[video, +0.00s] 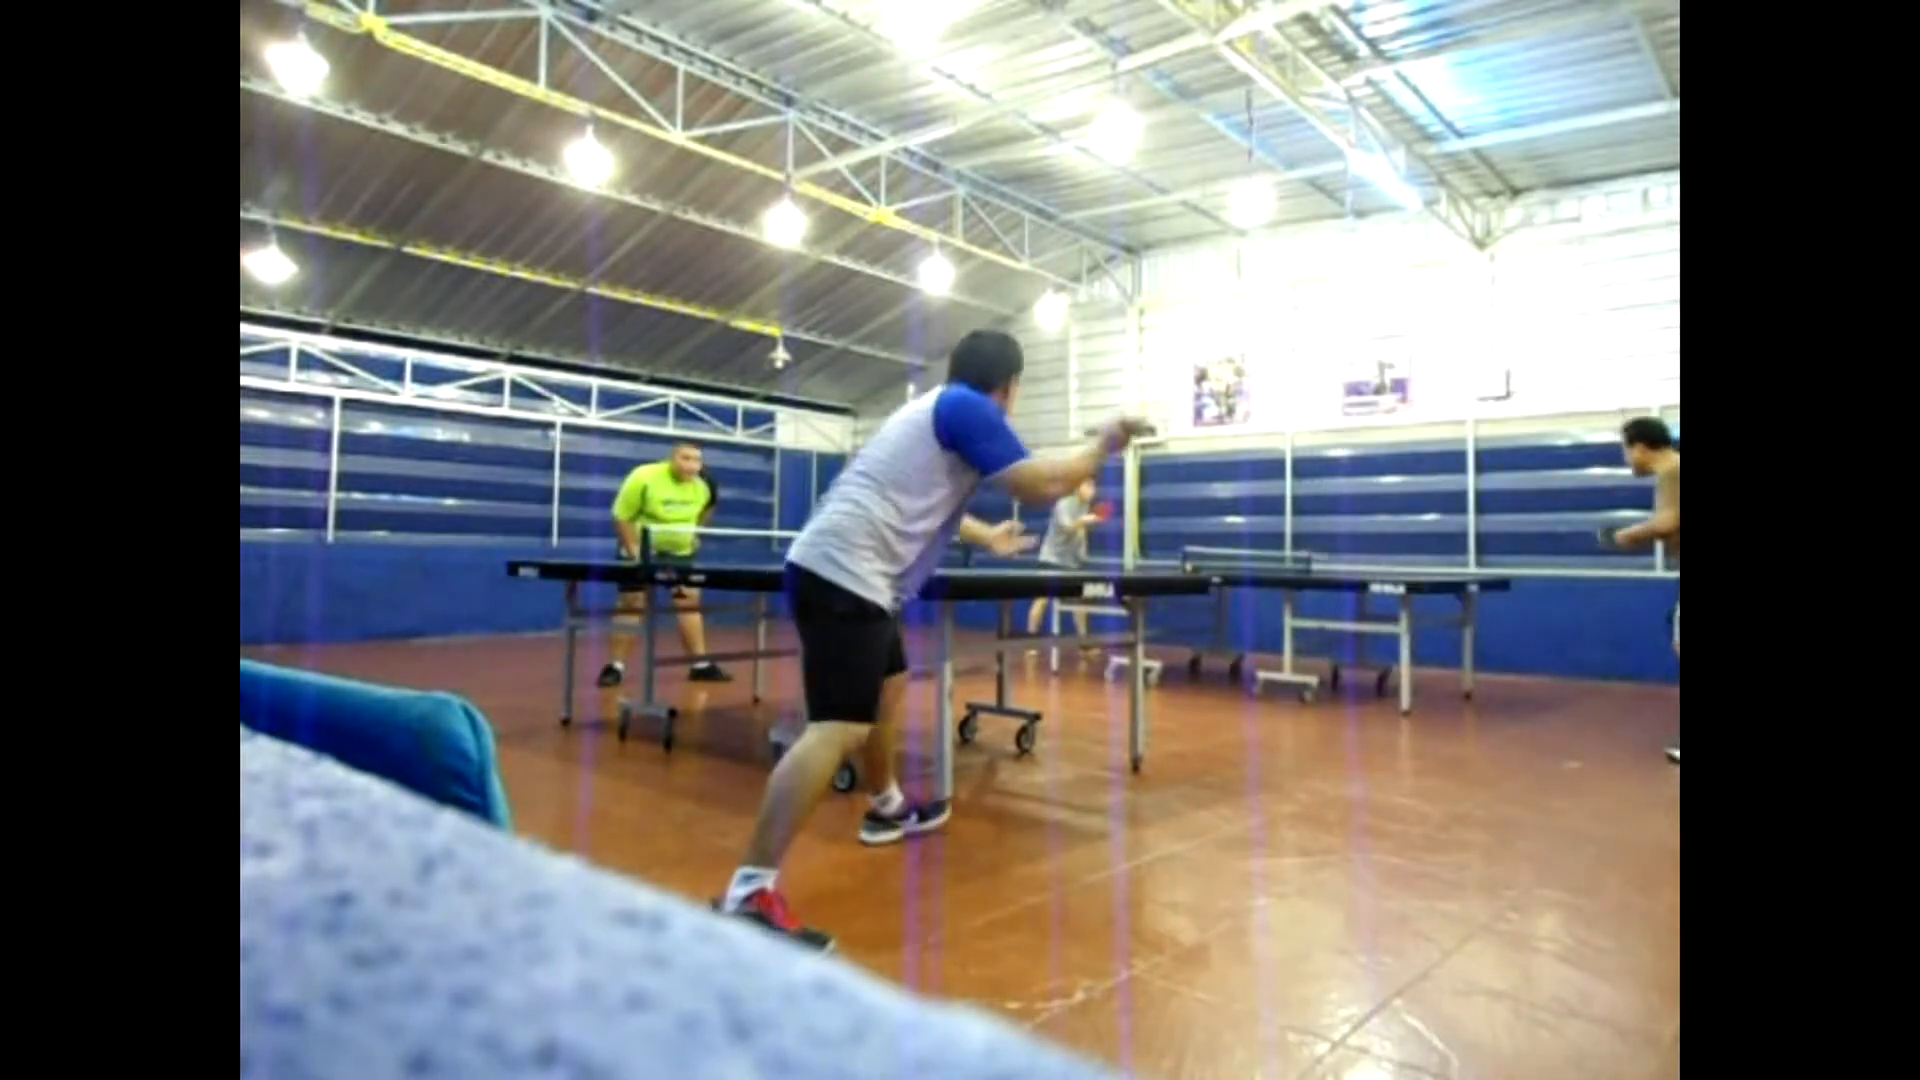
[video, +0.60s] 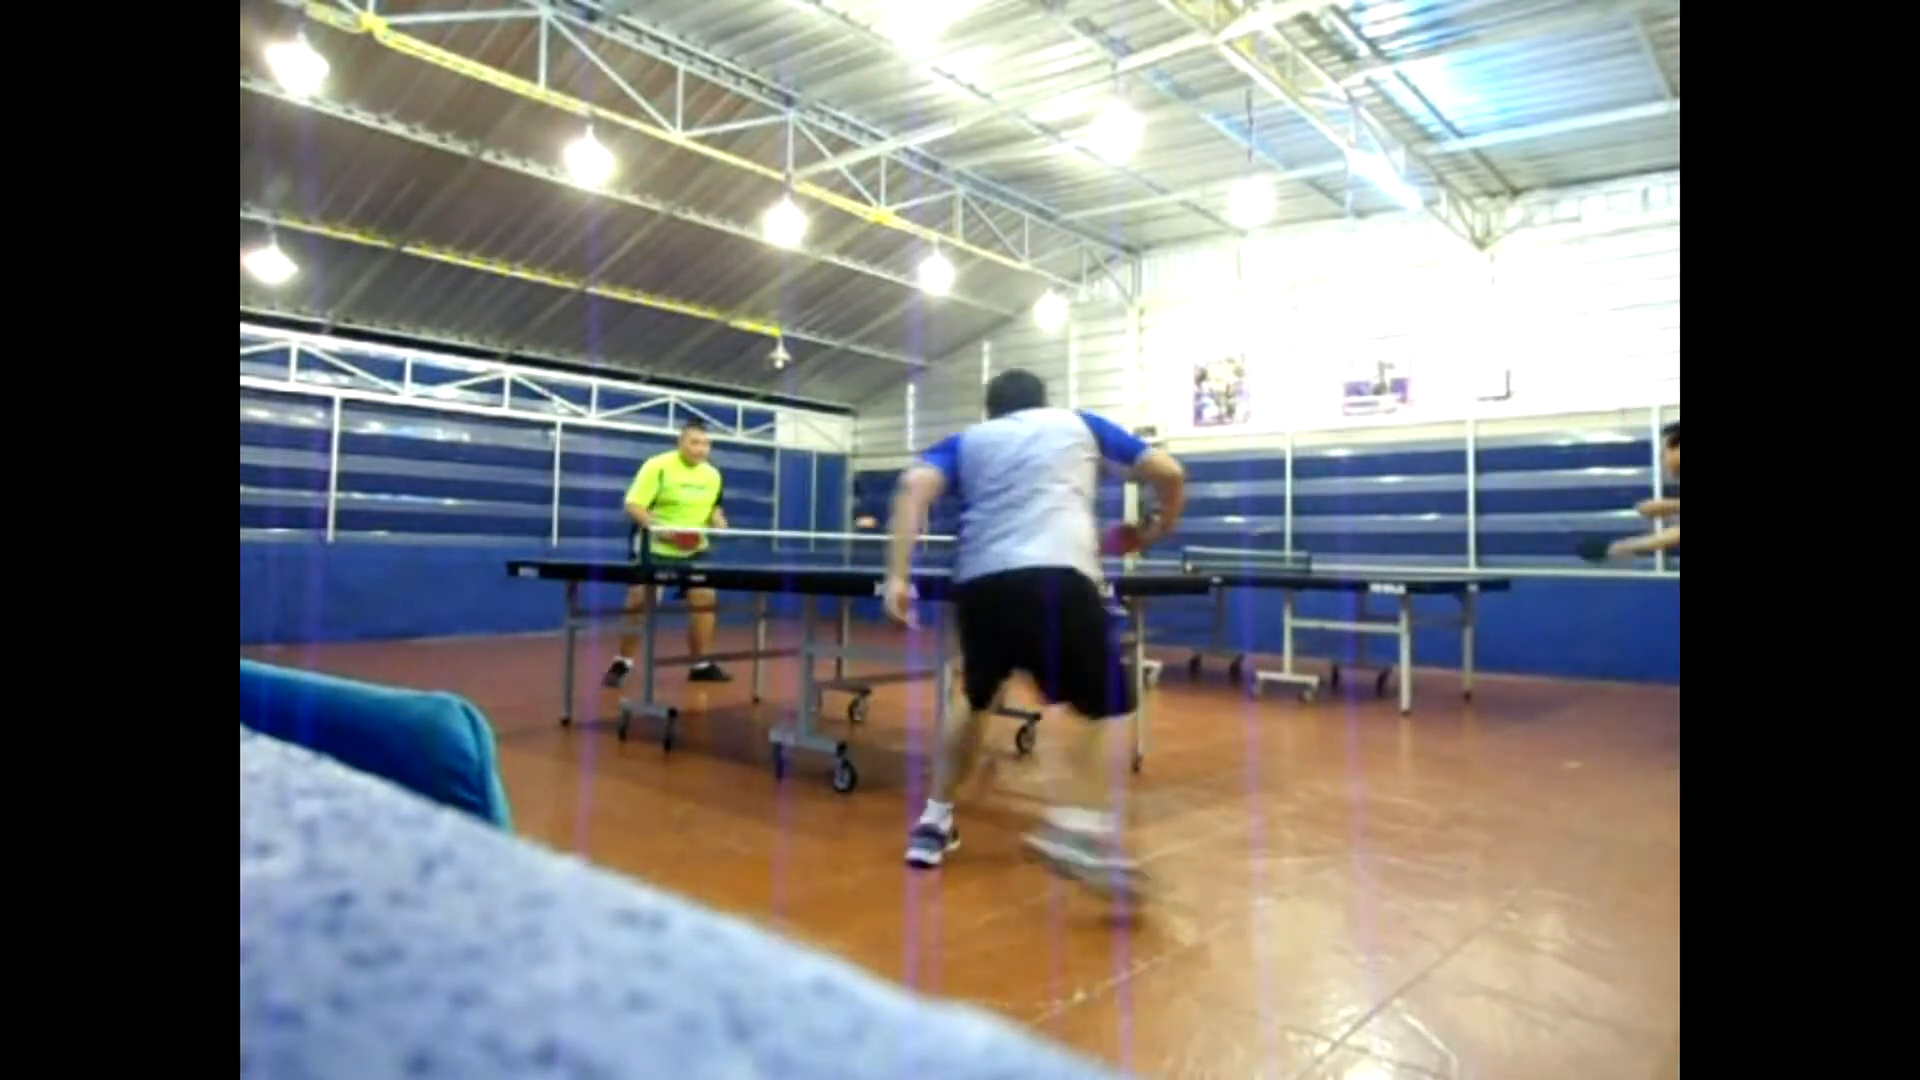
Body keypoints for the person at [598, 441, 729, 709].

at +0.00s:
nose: (691, 465)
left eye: (696, 460)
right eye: (685, 458)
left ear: (701, 463)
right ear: (672, 459)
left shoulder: (704, 487)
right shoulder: (644, 477)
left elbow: (706, 511)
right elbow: (622, 514)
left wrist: (693, 533)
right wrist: (633, 549)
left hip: (682, 552)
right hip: (643, 550)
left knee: (689, 601)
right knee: (631, 604)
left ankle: (700, 660)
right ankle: (616, 663)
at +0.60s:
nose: (699, 449)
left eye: (704, 443)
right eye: (693, 442)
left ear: (709, 446)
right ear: (681, 442)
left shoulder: (712, 475)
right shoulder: (657, 467)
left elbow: (711, 506)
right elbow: (634, 503)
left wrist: (719, 521)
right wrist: (656, 527)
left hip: (694, 553)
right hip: (657, 551)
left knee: (705, 600)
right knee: (640, 600)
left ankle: (702, 661)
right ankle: (624, 660)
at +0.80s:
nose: (707, 469)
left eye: (712, 464)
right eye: (702, 462)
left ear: (715, 466)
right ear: (688, 459)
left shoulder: (710, 490)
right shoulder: (659, 478)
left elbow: (703, 521)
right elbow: (650, 518)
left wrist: (720, 524)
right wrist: (698, 522)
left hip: (688, 553)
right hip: (653, 553)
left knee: (706, 599)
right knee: (643, 601)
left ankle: (701, 662)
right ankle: (635, 670)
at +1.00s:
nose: (712, 478)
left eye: (716, 473)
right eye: (707, 471)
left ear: (718, 473)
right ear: (691, 466)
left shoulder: (711, 499)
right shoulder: (663, 476)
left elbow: (704, 526)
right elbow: (654, 513)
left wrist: (724, 536)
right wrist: (699, 522)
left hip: (683, 556)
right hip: (648, 554)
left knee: (709, 601)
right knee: (642, 601)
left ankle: (701, 663)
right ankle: (634, 670)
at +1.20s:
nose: (716, 467)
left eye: (720, 462)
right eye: (710, 460)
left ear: (723, 466)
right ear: (696, 460)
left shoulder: (720, 499)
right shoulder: (670, 470)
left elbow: (721, 529)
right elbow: (628, 475)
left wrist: (743, 526)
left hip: (691, 563)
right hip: (652, 557)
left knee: (717, 605)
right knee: (647, 603)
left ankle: (701, 664)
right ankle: (634, 671)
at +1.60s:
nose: (699, 442)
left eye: (705, 438)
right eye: (695, 435)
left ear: (710, 444)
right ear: (682, 436)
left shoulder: (712, 478)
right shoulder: (656, 457)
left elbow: (717, 511)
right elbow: (620, 484)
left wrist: (715, 525)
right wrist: (588, 503)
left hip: (689, 545)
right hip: (647, 541)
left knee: (701, 599)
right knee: (627, 600)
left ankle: (701, 661)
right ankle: (606, 661)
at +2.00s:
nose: (656, 433)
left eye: (661, 427)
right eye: (651, 426)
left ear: (666, 430)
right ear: (637, 427)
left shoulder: (675, 462)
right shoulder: (613, 453)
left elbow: (686, 497)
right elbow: (597, 487)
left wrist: (673, 513)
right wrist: (606, 509)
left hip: (661, 540)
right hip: (619, 540)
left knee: (669, 600)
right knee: (610, 603)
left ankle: (668, 659)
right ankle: (599, 660)